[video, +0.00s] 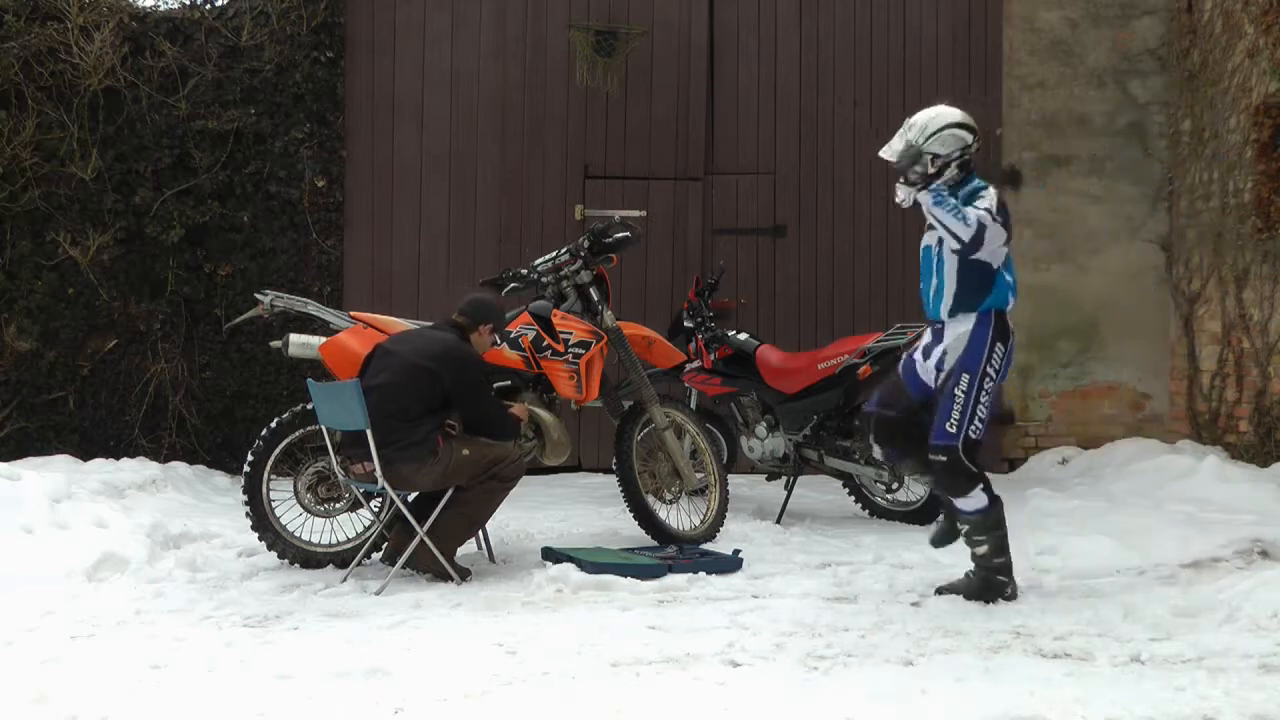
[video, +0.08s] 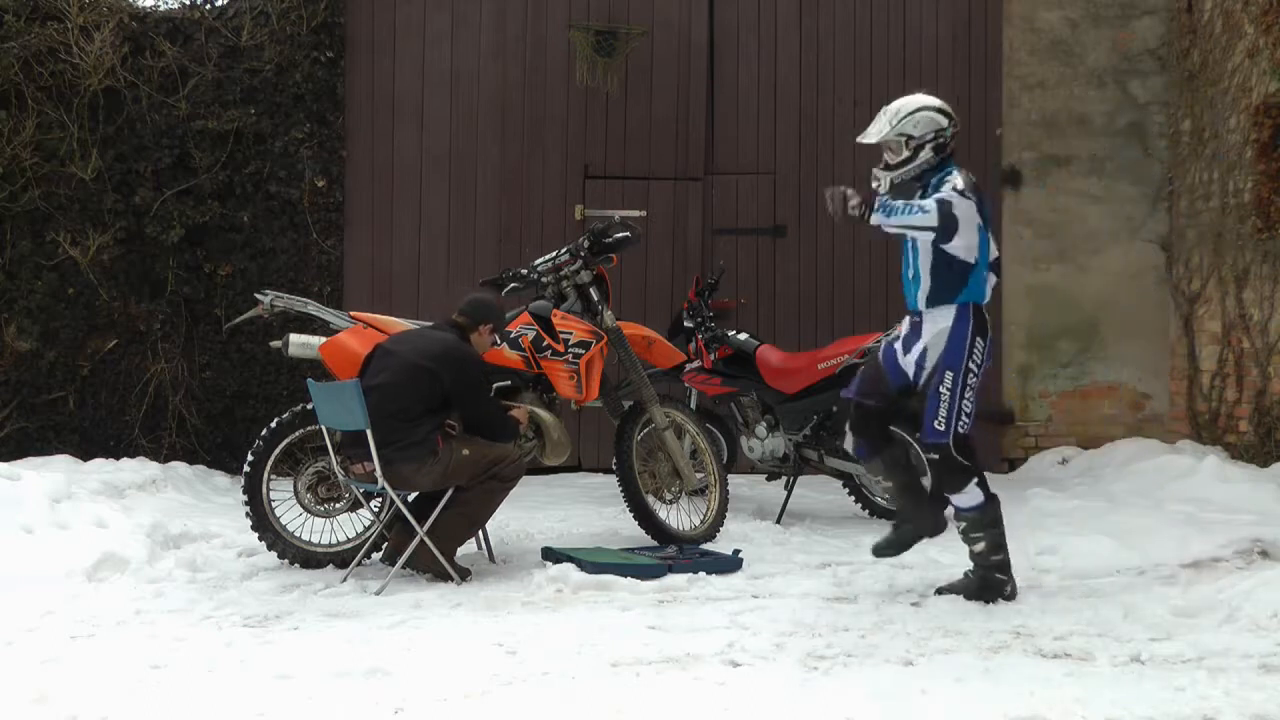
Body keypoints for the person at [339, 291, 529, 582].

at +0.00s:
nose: (492, 345)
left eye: (495, 339)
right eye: (494, 337)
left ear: (459, 317)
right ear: (484, 329)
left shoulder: (405, 337)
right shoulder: (461, 356)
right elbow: (494, 428)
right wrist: (514, 417)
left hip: (358, 454)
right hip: (401, 461)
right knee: (509, 463)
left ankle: (402, 543)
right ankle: (435, 551)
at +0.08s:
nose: (492, 345)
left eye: (495, 339)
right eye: (494, 337)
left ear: (459, 317)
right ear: (484, 329)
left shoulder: (406, 337)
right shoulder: (462, 357)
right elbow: (495, 431)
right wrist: (514, 420)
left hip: (358, 454)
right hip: (401, 461)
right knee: (508, 464)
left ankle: (402, 543)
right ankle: (435, 551)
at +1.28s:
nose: (493, 347)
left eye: (496, 341)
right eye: (495, 339)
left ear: (460, 319)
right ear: (483, 332)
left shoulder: (408, 338)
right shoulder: (466, 362)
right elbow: (478, 427)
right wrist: (516, 433)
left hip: (359, 452)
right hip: (399, 462)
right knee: (508, 463)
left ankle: (403, 541)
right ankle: (435, 551)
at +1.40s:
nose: (495, 352)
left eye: (499, 346)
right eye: (497, 344)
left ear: (464, 320)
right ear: (486, 334)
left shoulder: (406, 339)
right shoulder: (467, 363)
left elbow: (366, 392)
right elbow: (480, 427)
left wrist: (434, 424)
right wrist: (518, 441)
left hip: (359, 453)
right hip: (398, 462)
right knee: (508, 463)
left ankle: (403, 543)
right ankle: (435, 551)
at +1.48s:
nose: (496, 352)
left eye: (500, 346)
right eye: (498, 345)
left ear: (465, 321)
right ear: (487, 335)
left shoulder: (409, 338)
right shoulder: (467, 362)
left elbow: (366, 388)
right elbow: (479, 428)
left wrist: (434, 423)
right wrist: (518, 443)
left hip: (361, 451)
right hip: (399, 461)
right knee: (508, 464)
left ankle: (403, 543)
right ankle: (435, 551)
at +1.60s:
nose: (499, 352)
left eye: (502, 345)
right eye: (501, 344)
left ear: (467, 323)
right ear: (490, 337)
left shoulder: (412, 339)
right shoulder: (468, 362)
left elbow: (366, 388)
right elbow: (486, 430)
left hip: (360, 453)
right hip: (399, 463)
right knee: (504, 463)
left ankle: (403, 543)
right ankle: (435, 552)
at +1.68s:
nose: (500, 353)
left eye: (503, 347)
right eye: (501, 346)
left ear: (468, 324)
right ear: (491, 338)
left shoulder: (413, 339)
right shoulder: (474, 366)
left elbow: (366, 391)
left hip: (362, 454)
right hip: (402, 464)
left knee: (466, 457)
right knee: (503, 468)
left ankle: (402, 544)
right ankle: (435, 551)